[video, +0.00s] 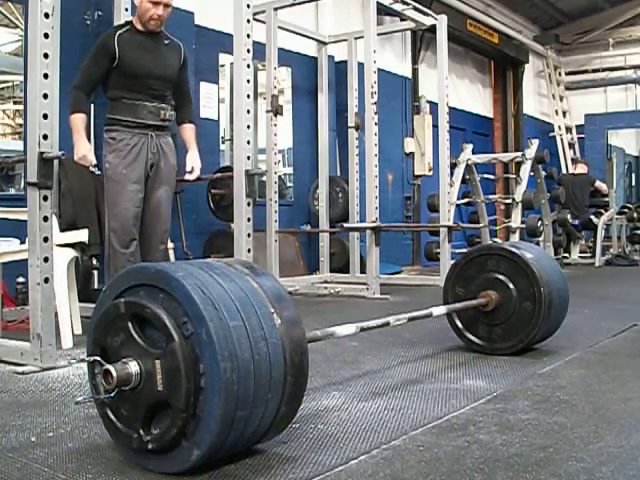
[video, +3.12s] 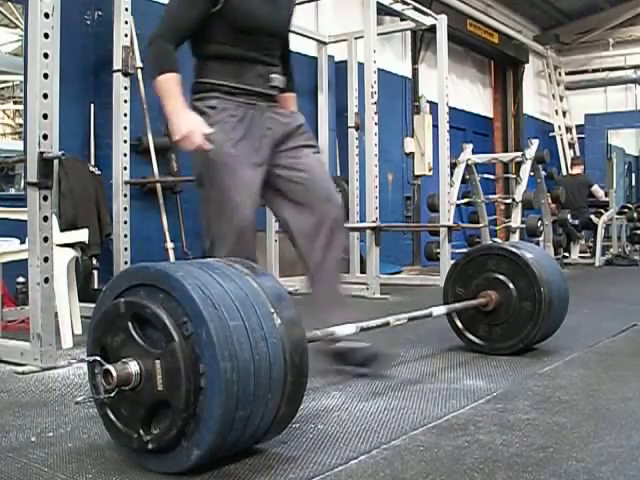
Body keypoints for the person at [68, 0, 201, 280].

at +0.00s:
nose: (159, 12)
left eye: (165, 6)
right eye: (153, 4)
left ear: (170, 10)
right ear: (137, 3)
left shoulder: (176, 50)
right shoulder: (114, 40)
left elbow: (184, 105)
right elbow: (80, 91)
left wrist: (192, 149)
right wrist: (80, 141)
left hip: (164, 144)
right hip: (123, 142)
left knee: (158, 232)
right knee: (124, 229)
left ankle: (158, 304)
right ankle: (122, 305)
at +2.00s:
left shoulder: (162, 24)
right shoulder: (92, 19)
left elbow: (174, 80)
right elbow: (53, 73)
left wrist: (188, 129)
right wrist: (59, 130)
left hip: (154, 135)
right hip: (106, 133)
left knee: (161, 231)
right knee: (108, 233)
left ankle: (151, 316)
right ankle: (107, 321)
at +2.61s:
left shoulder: (211, 23)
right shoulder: (136, 11)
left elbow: (220, 80)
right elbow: (90, 67)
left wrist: (238, 136)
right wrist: (83, 133)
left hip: (186, 128)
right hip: (143, 123)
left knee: (181, 217)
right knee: (166, 207)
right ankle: (144, 294)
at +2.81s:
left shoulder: (238, 17)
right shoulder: (160, 8)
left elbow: (249, 80)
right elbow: (111, 66)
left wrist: (273, 136)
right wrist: (107, 135)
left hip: (218, 127)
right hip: (174, 124)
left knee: (197, 228)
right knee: (209, 220)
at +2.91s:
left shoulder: (253, 10)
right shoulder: (178, 4)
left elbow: (260, 76)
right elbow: (129, 61)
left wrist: (281, 134)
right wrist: (132, 137)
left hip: (237, 125)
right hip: (189, 120)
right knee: (221, 231)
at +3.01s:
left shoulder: (268, 5)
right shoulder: (193, 3)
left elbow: (271, 67)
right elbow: (147, 51)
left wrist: (284, 130)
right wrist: (156, 123)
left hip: (255, 117)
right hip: (205, 115)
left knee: (296, 214)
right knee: (227, 239)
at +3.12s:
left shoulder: (283, 4)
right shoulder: (206, 2)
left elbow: (279, 53)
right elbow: (160, 44)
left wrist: (290, 115)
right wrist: (178, 112)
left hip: (277, 115)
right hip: (225, 112)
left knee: (323, 207)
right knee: (234, 231)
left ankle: (333, 328)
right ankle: (235, 348)